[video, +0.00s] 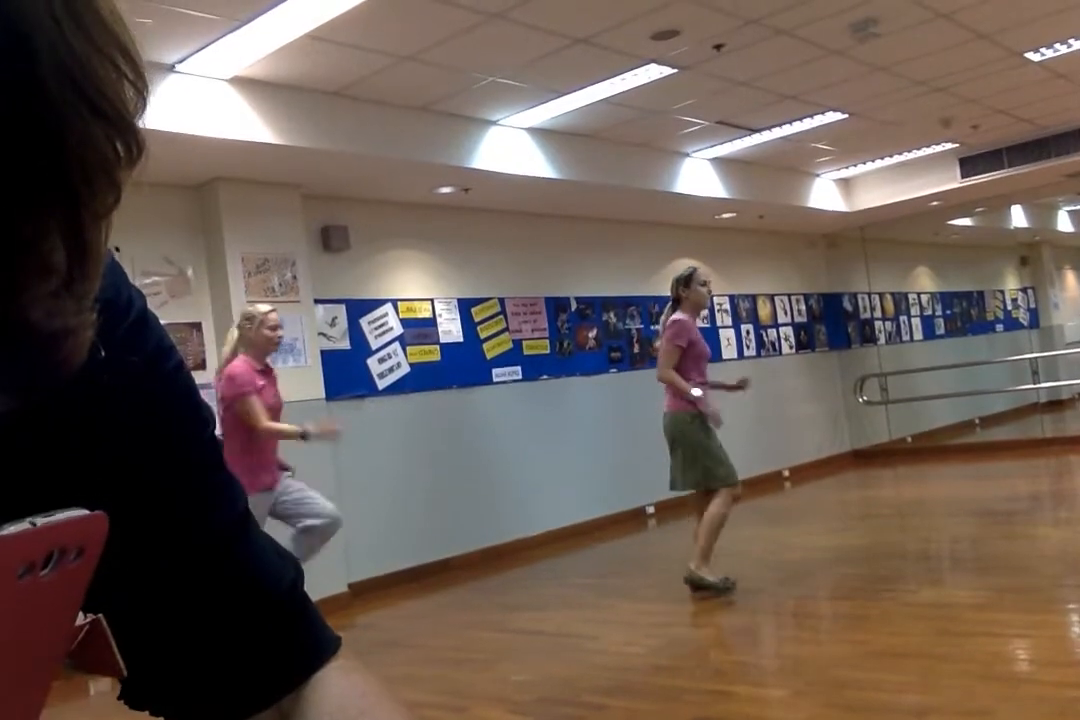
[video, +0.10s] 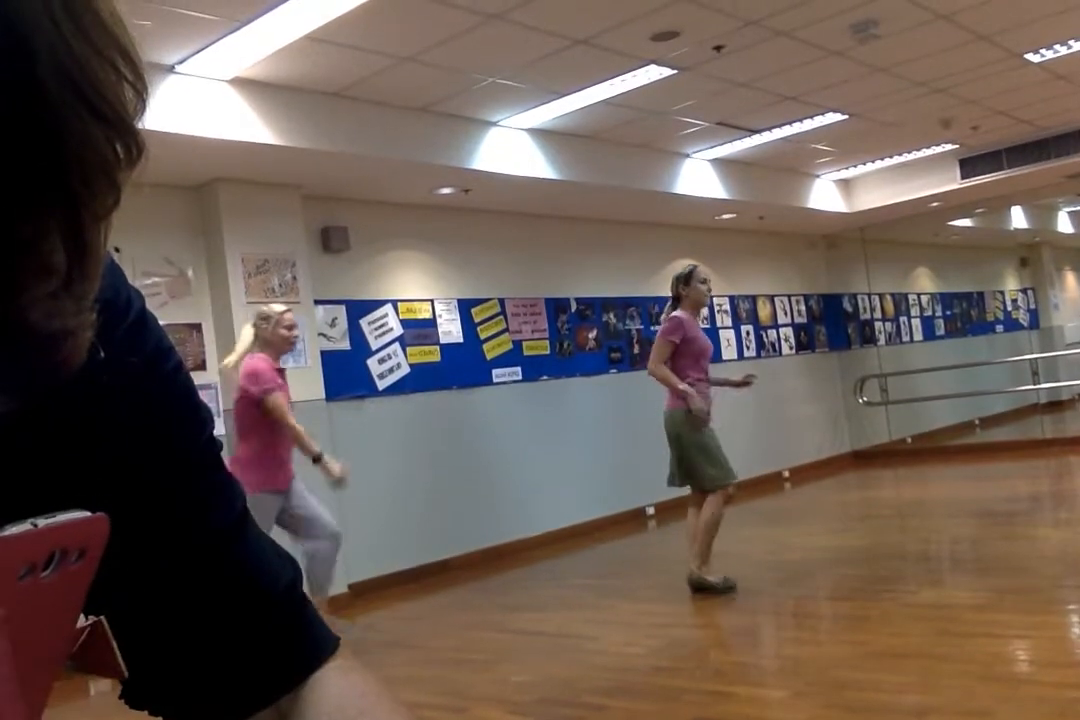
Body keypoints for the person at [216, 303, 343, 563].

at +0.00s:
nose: (279, 334)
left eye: (280, 328)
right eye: (272, 329)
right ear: (250, 332)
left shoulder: (263, 370)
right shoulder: (238, 373)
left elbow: (259, 429)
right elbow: (260, 425)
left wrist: (272, 460)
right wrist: (307, 432)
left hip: (269, 478)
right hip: (246, 485)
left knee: (325, 519)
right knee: (246, 556)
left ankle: (280, 577)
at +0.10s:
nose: (295, 334)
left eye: (295, 328)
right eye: (288, 328)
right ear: (265, 331)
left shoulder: (269, 367)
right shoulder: (257, 367)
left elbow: (273, 426)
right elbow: (287, 422)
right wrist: (322, 460)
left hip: (279, 483)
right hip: (256, 487)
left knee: (325, 534)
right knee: (248, 561)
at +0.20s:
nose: (313, 333)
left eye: (312, 328)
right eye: (306, 328)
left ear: (295, 332)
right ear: (285, 330)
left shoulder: (280, 365)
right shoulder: (284, 367)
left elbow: (283, 417)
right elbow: (295, 427)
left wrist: (314, 409)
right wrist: (311, 476)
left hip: (291, 482)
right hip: (278, 484)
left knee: (314, 556)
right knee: (269, 564)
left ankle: (331, 629)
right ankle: (267, 643)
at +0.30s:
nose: (332, 327)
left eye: (332, 322)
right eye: (325, 322)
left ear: (314, 328)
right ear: (304, 326)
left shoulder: (305, 360)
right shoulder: (305, 362)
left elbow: (309, 414)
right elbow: (294, 418)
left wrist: (335, 396)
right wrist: (293, 471)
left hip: (303, 473)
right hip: (301, 474)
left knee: (312, 553)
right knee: (320, 550)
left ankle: (327, 631)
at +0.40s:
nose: (348, 331)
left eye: (349, 325)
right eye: (342, 325)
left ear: (333, 330)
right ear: (322, 328)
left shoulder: (322, 363)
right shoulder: (321, 362)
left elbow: (336, 418)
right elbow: (293, 408)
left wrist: (370, 400)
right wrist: (291, 458)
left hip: (304, 474)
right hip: (321, 473)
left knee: (315, 549)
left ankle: (330, 631)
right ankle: (307, 557)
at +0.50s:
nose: (364, 325)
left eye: (364, 319)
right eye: (357, 320)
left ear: (351, 326)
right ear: (338, 325)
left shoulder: (342, 360)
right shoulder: (340, 358)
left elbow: (359, 416)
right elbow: (298, 396)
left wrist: (406, 421)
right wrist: (307, 438)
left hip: (322, 469)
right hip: (341, 466)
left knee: (329, 553)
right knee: (400, 511)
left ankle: (333, 632)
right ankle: (351, 565)